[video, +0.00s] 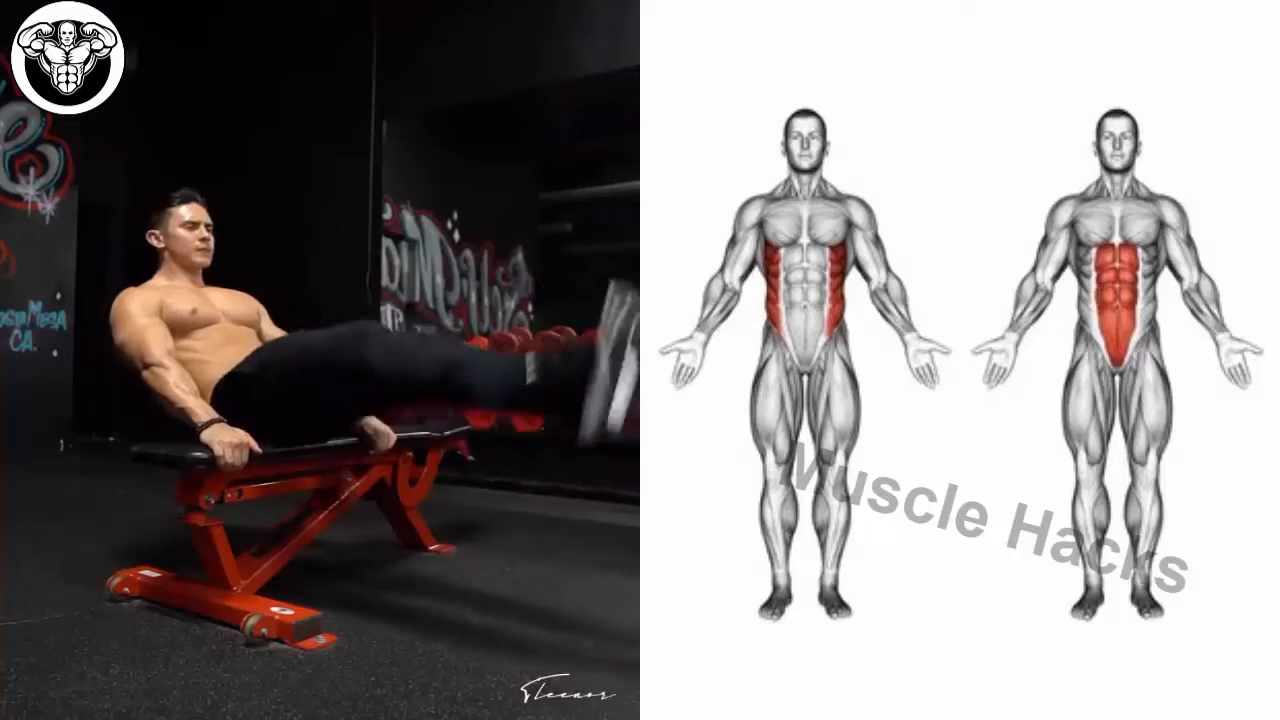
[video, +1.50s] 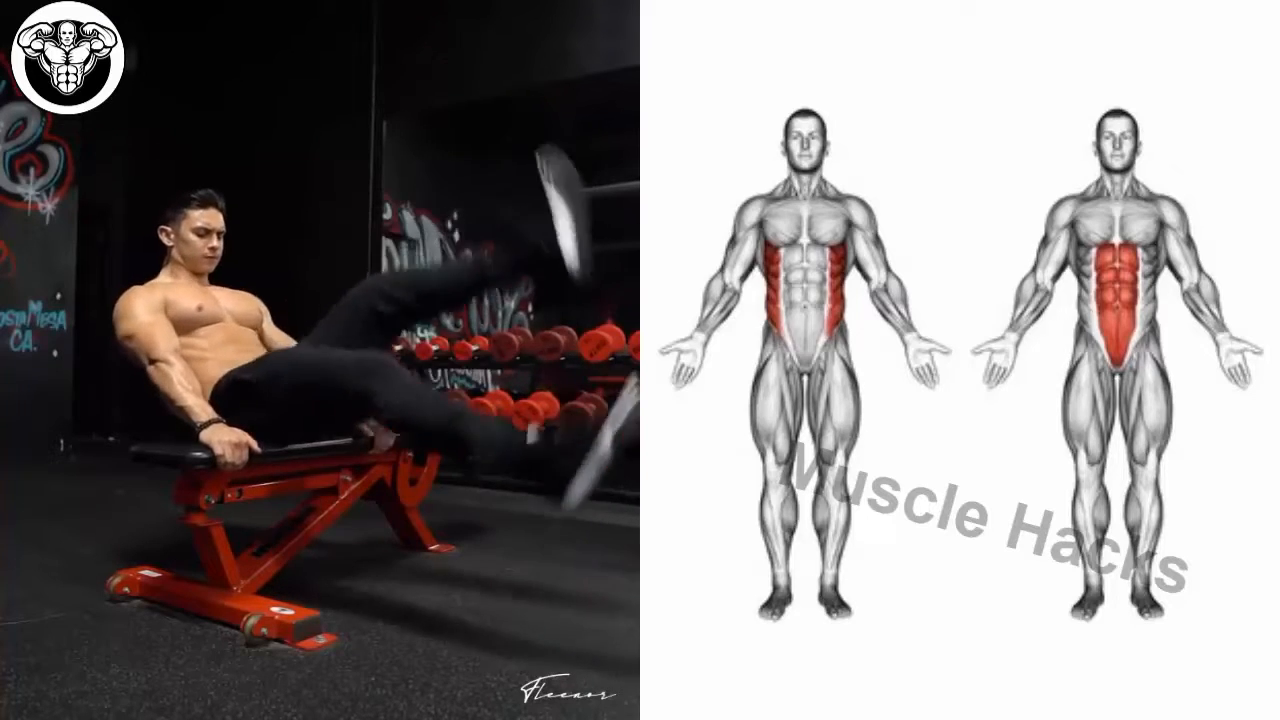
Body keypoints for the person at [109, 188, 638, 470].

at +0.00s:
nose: (204, 234)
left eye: (208, 227)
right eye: (190, 226)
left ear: (210, 239)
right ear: (158, 239)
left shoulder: (244, 300)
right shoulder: (137, 300)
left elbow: (292, 366)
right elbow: (158, 367)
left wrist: (357, 417)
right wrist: (210, 423)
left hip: (291, 392)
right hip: (238, 400)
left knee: (405, 356)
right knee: (364, 346)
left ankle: (573, 379)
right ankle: (538, 378)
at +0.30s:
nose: (202, 244)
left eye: (206, 235)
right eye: (189, 235)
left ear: (208, 245)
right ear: (158, 244)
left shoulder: (237, 304)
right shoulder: (135, 306)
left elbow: (296, 352)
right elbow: (160, 370)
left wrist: (358, 388)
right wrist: (208, 424)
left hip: (301, 373)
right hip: (247, 390)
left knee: (379, 292)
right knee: (377, 414)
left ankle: (504, 203)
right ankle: (504, 563)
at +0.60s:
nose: (190, 254)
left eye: (196, 245)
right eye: (176, 245)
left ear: (202, 251)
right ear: (147, 253)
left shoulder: (234, 308)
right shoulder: (127, 316)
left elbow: (295, 358)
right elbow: (157, 376)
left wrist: (351, 416)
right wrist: (209, 426)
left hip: (303, 399)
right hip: (246, 400)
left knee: (418, 343)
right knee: (342, 299)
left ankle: (570, 421)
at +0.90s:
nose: (195, 251)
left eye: (200, 243)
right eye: (180, 243)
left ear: (205, 249)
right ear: (149, 249)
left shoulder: (233, 306)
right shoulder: (129, 312)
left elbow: (303, 353)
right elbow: (156, 373)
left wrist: (366, 421)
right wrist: (208, 424)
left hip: (304, 398)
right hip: (244, 397)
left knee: (425, 384)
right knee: (316, 266)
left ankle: (551, 501)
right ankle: (467, 177)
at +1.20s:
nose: (211, 249)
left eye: (216, 240)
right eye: (199, 239)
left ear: (219, 245)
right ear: (167, 243)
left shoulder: (244, 306)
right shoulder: (138, 306)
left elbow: (290, 367)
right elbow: (165, 368)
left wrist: (354, 419)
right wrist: (210, 427)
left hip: (299, 388)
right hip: (245, 397)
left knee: (391, 294)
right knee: (360, 337)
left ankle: (542, 219)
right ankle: (562, 382)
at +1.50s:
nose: (214, 244)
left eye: (219, 235)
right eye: (202, 233)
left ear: (222, 242)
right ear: (168, 236)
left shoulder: (245, 299)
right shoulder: (140, 301)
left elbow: (303, 357)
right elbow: (164, 364)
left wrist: (364, 410)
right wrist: (208, 424)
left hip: (296, 383)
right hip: (242, 397)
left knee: (378, 294)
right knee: (368, 366)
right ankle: (535, 458)